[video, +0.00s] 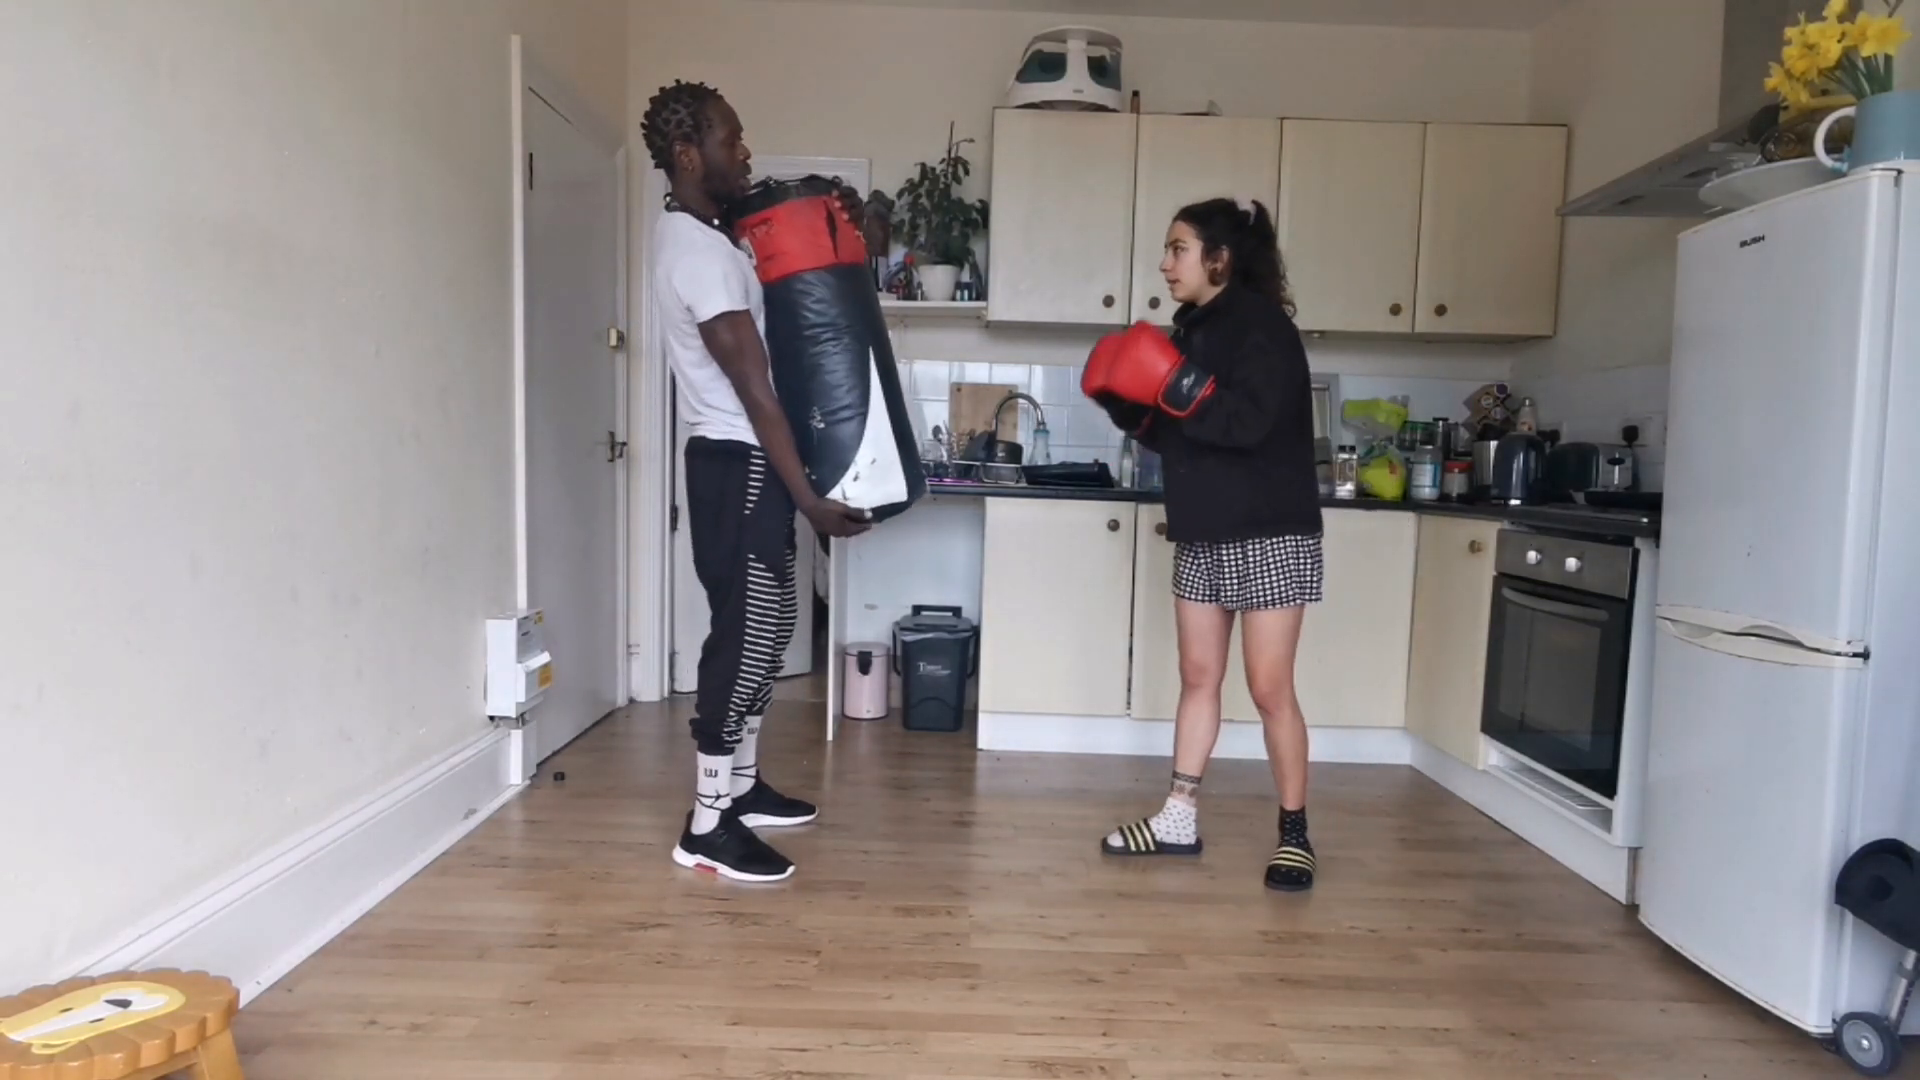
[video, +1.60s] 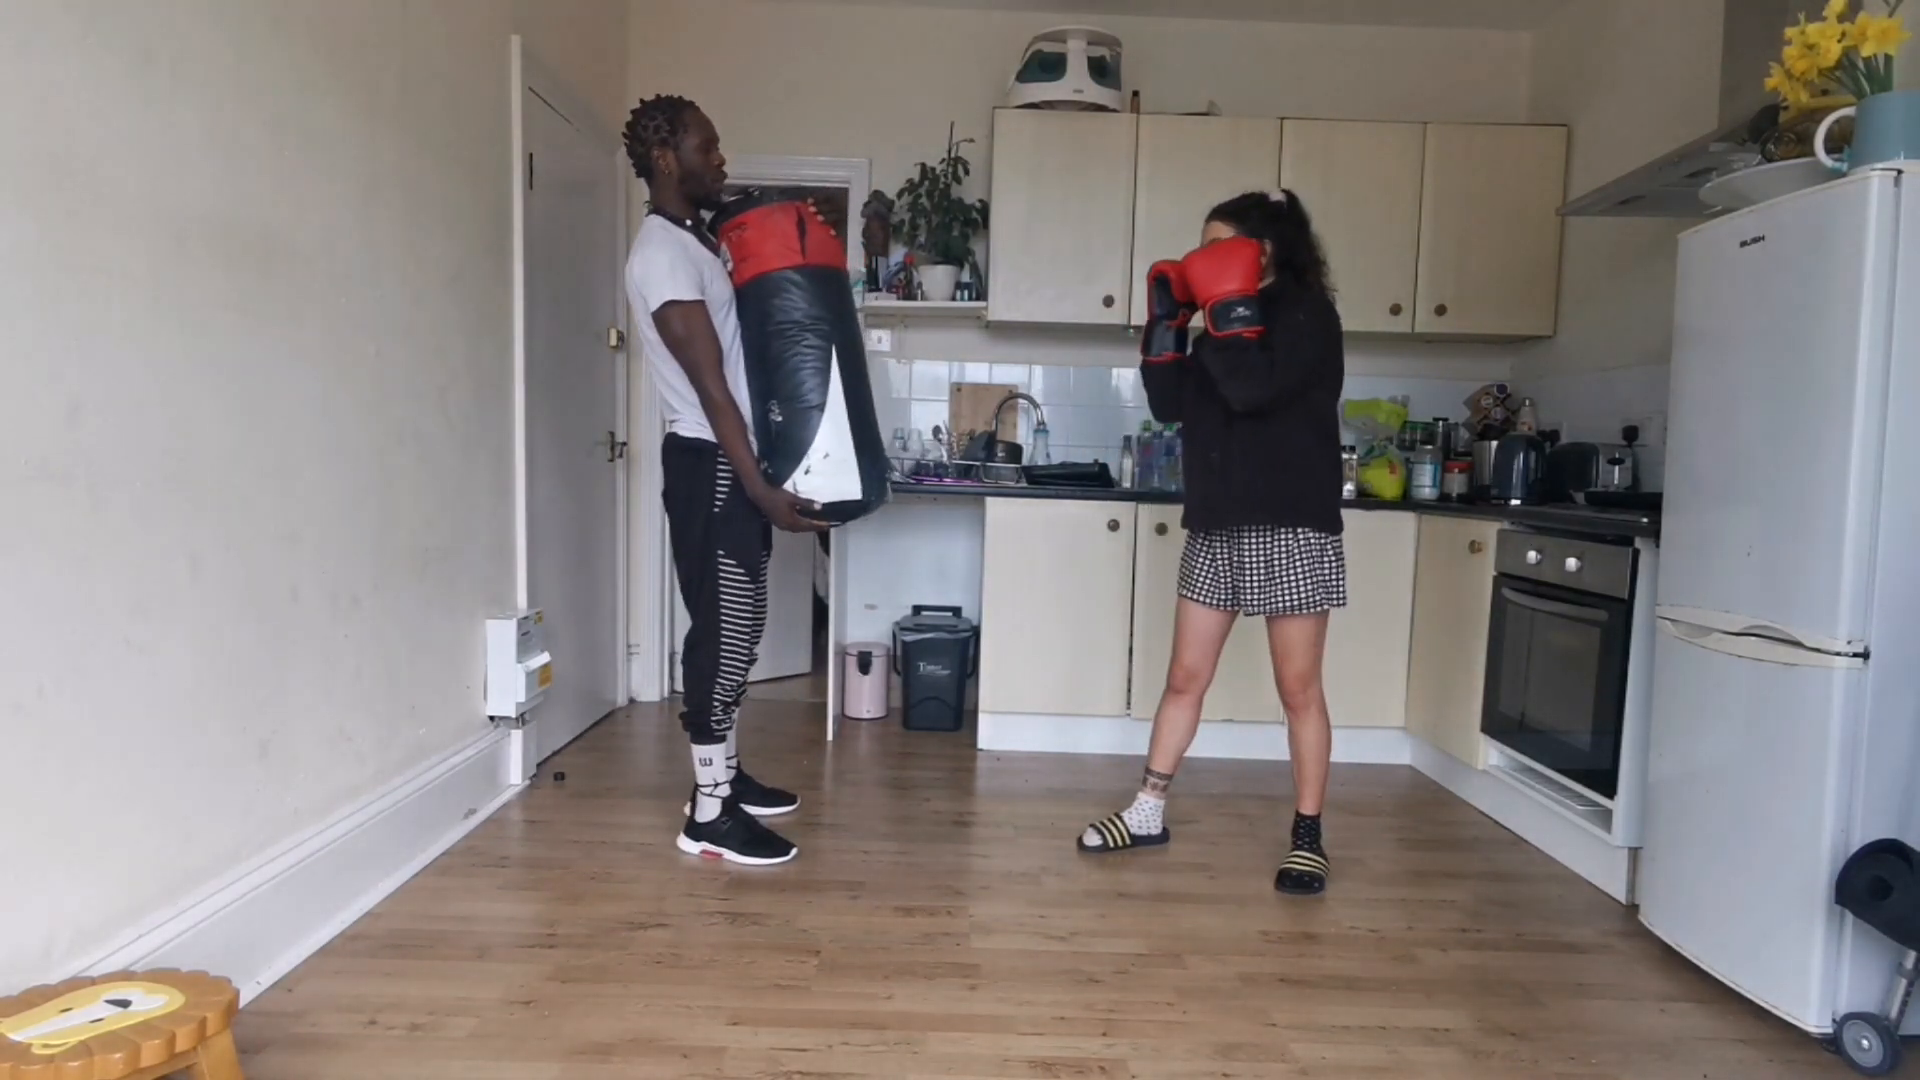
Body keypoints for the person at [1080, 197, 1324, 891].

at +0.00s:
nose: (1166, 262)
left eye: (1178, 250)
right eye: (1167, 249)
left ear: (1219, 258)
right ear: (1198, 260)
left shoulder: (1265, 325)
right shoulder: (1185, 335)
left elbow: (1251, 424)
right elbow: (1172, 436)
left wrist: (1176, 385)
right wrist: (1116, 392)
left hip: (1273, 525)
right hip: (1201, 526)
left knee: (1270, 689)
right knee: (1197, 676)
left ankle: (1293, 832)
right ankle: (1178, 817)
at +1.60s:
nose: (1207, 264)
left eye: (1221, 250)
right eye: (1204, 252)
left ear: (1264, 250)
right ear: (1209, 256)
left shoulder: (1307, 314)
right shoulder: (1216, 323)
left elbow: (1249, 390)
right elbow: (1168, 404)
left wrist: (1228, 313)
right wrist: (1164, 323)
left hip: (1294, 517)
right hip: (1215, 517)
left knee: (1299, 687)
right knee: (1185, 676)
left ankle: (1307, 833)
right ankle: (1148, 810)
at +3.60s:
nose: (1245, 292)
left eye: (1256, 280)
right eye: (1242, 282)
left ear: (1301, 278)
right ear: (1252, 287)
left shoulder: (1355, 333)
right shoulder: (1265, 343)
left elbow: (1309, 419)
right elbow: (1222, 425)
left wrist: (1275, 341)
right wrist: (1210, 346)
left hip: (1363, 537)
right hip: (1285, 537)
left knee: (1362, 703)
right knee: (1218, 675)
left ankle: (1380, 839)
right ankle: (1172, 811)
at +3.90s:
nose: (1215, 307)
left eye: (1225, 292)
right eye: (1212, 295)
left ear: (1270, 292)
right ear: (1238, 299)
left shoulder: (1319, 347)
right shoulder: (1247, 361)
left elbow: (1271, 435)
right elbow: (1209, 451)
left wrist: (1240, 358)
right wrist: (1170, 398)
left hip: (1325, 548)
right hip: (1248, 543)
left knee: (1343, 709)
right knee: (1156, 654)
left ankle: (1379, 841)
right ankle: (1127, 784)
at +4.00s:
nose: (1148, 307)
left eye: (1159, 292)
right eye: (1146, 295)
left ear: (1200, 288)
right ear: (1158, 299)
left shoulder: (1260, 345)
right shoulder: (1162, 361)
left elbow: (1237, 429)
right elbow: (1130, 434)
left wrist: (1195, 354)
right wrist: (1090, 403)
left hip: (1297, 526)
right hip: (1214, 535)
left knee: (1341, 687)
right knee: (1137, 663)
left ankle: (1380, 834)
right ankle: (1065, 780)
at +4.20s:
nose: (1094, 358)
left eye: (1105, 347)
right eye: (1093, 348)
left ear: (1148, 344)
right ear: (1118, 349)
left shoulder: (1199, 394)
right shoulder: (1117, 404)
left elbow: (1172, 483)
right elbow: (1035, 420)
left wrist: (1128, 415)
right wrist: (951, 405)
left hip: (1257, 557)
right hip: (1175, 563)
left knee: (1317, 706)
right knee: (1092, 659)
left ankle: (1395, 812)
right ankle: (1066, 795)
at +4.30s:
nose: (1112, 353)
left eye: (1126, 341)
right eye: (1114, 341)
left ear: (1170, 347)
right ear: (1137, 343)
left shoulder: (1216, 398)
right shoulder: (1131, 396)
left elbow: (1173, 493)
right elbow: (1065, 438)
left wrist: (1146, 421)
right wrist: (1003, 433)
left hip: (1255, 558)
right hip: (1176, 561)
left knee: (1311, 709)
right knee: (1094, 656)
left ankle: (1397, 805)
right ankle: (1065, 794)